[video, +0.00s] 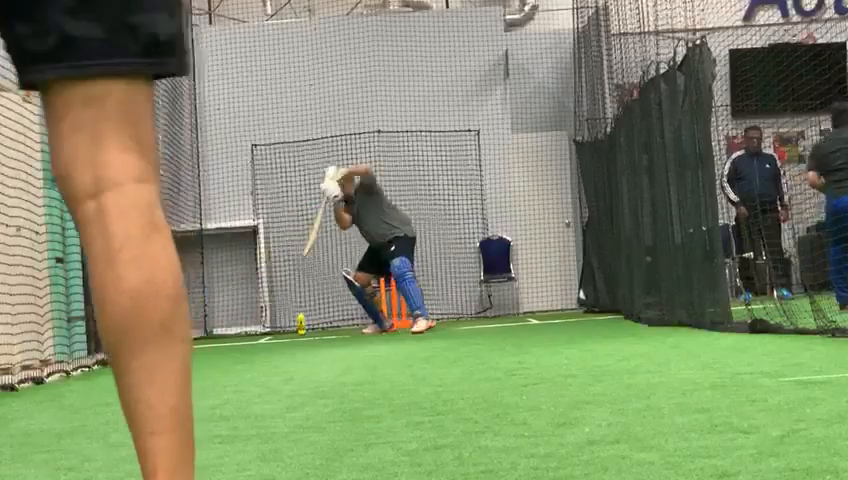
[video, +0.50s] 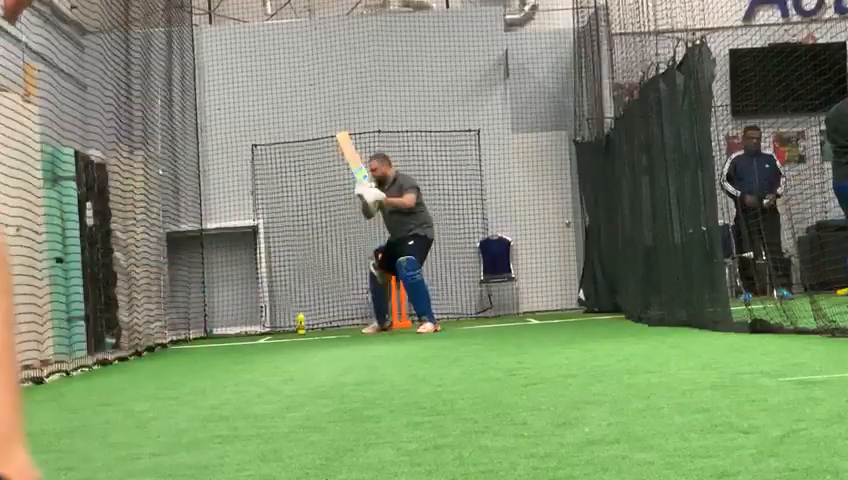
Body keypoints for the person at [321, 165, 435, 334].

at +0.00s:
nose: (342, 187)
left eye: (344, 182)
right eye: (339, 184)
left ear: (352, 181)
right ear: (338, 188)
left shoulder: (367, 191)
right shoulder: (349, 206)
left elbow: (366, 170)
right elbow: (344, 224)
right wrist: (336, 200)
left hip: (400, 235)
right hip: (379, 244)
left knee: (400, 268)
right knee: (358, 281)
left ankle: (421, 317)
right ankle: (381, 323)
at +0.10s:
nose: (349, 181)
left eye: (350, 177)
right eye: (345, 180)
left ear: (357, 177)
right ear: (343, 184)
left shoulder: (372, 186)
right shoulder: (350, 202)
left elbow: (387, 172)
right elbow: (343, 219)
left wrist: (365, 169)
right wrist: (346, 195)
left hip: (400, 234)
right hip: (379, 242)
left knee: (399, 269)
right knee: (360, 280)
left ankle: (425, 318)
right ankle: (381, 323)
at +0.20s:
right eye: (356, 179)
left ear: (366, 174)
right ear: (353, 181)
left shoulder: (379, 184)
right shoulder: (356, 198)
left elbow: (401, 182)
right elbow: (343, 212)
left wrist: (380, 174)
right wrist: (348, 187)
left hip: (403, 234)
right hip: (382, 242)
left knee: (400, 270)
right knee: (361, 281)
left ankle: (425, 319)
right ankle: (381, 323)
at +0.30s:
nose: (363, 182)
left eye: (365, 177)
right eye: (359, 180)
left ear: (372, 175)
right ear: (357, 182)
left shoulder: (386, 185)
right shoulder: (361, 197)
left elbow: (405, 191)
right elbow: (347, 209)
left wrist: (384, 181)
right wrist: (352, 185)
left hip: (407, 236)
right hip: (385, 242)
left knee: (402, 269)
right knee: (363, 281)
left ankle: (426, 319)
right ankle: (381, 323)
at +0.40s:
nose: (366, 181)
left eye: (367, 177)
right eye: (363, 178)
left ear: (375, 173)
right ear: (364, 181)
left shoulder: (394, 182)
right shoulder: (370, 196)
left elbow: (409, 199)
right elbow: (356, 210)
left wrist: (384, 189)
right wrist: (359, 186)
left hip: (412, 235)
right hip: (391, 241)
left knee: (404, 270)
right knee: (369, 279)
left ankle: (427, 320)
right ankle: (382, 323)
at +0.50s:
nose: (373, 174)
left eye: (375, 170)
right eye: (371, 171)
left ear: (387, 166)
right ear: (371, 171)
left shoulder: (405, 181)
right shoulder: (378, 187)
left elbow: (409, 202)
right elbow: (368, 214)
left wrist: (382, 199)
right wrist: (364, 197)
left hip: (419, 234)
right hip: (398, 239)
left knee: (406, 265)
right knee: (376, 267)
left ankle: (428, 321)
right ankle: (382, 321)